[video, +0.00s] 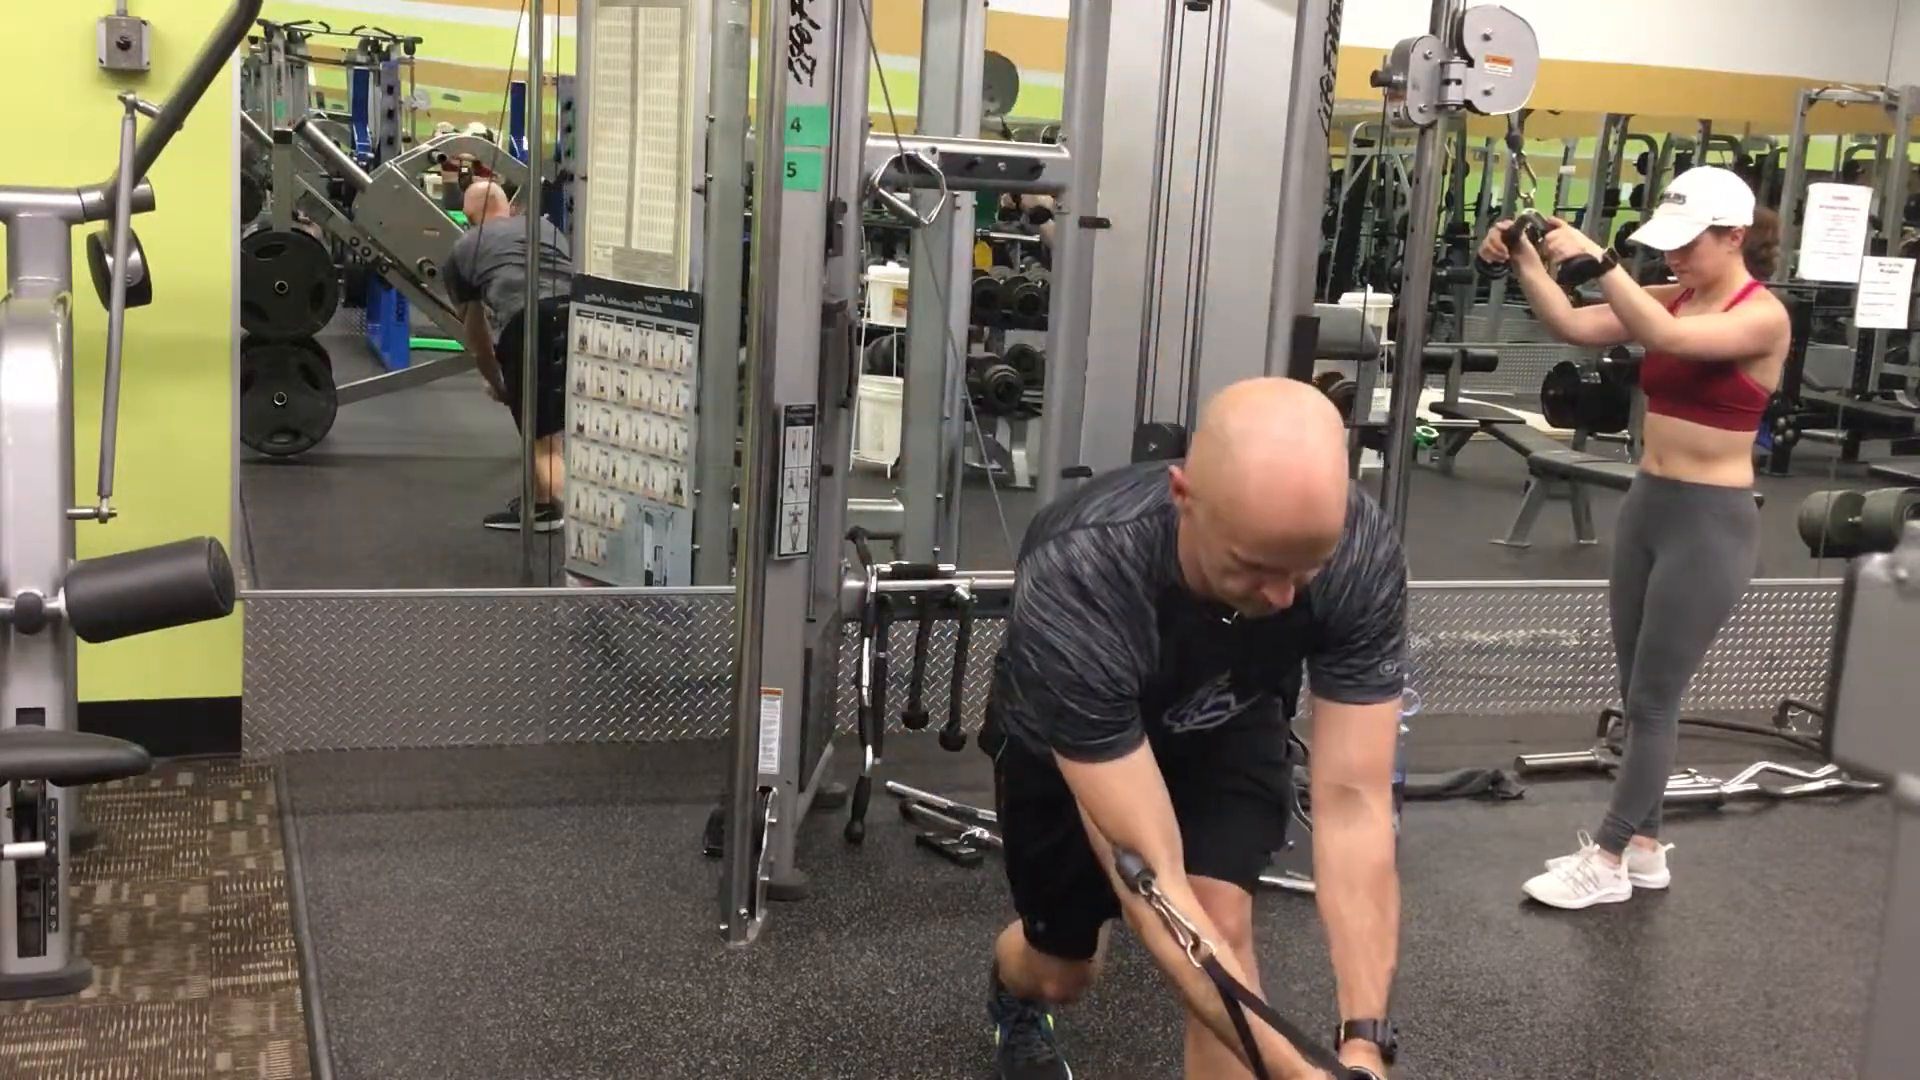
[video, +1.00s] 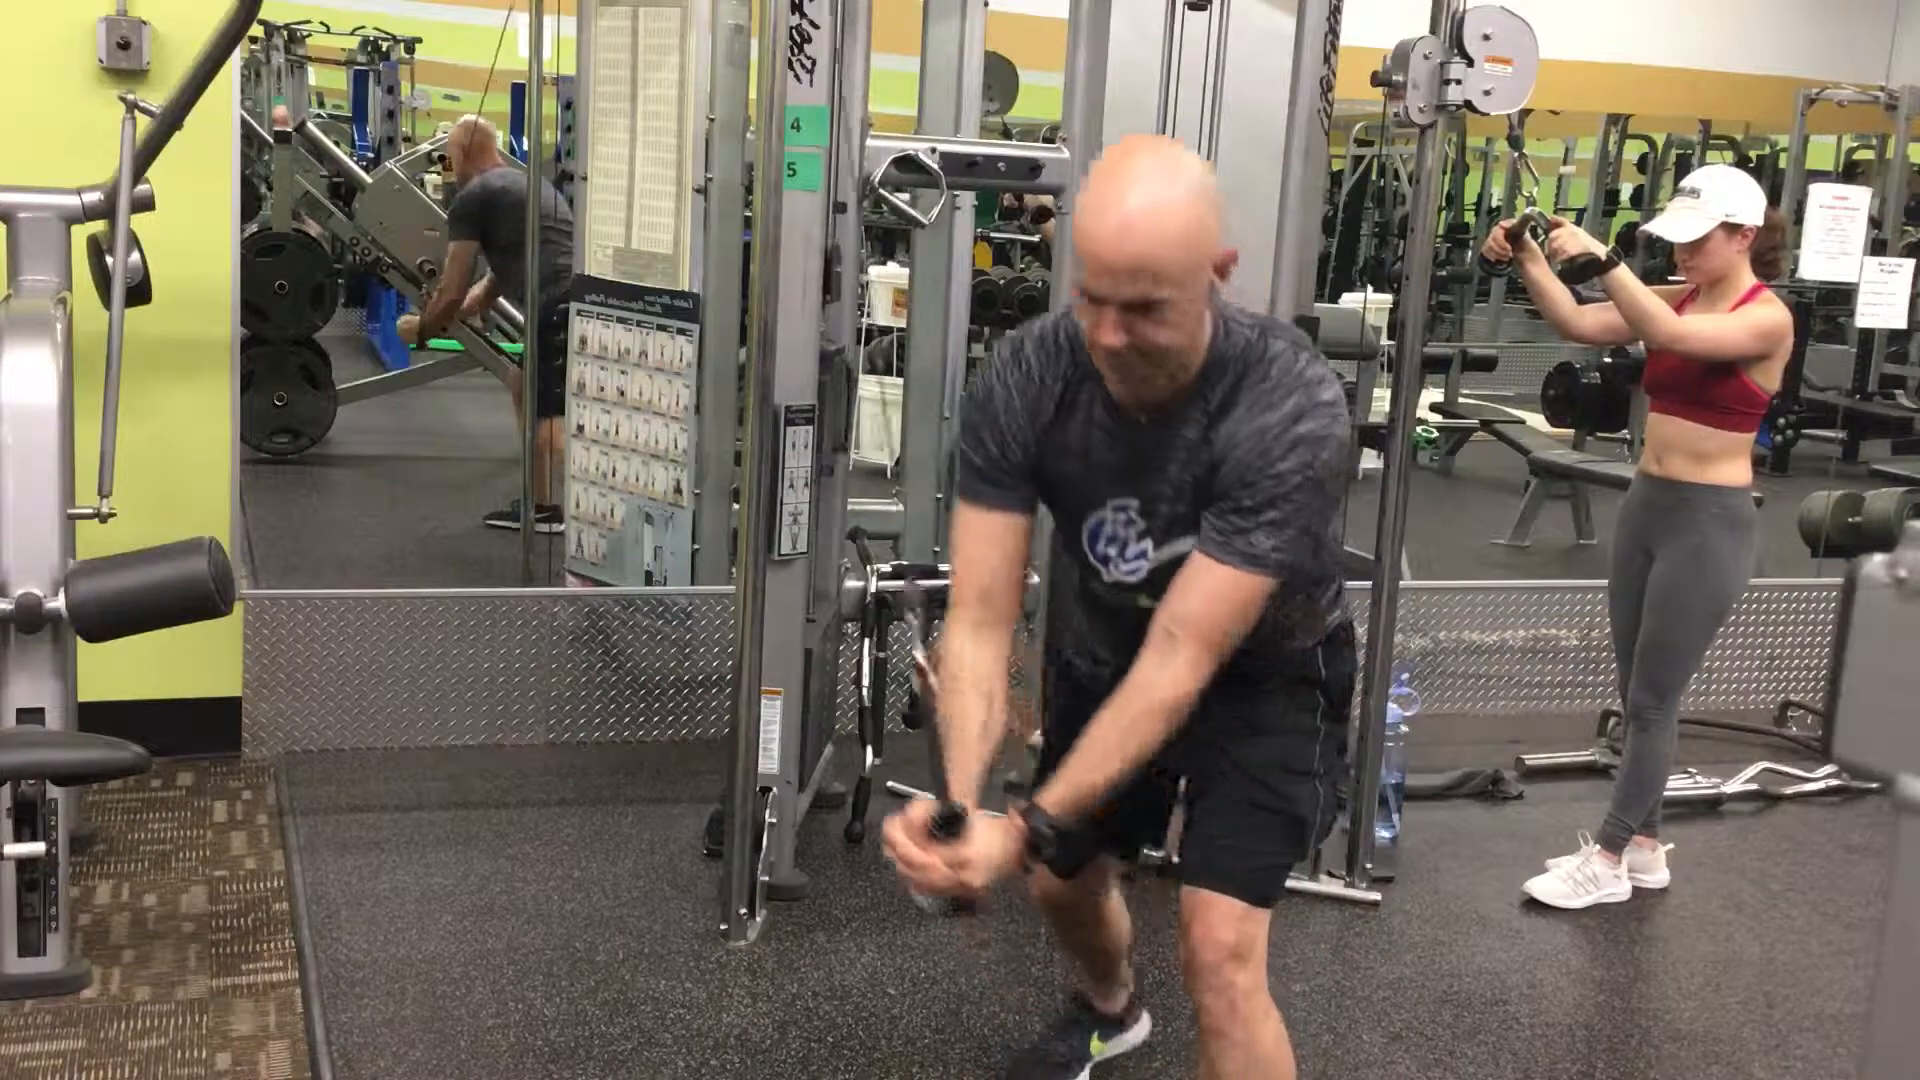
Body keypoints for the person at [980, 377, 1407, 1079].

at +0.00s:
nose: (1282, 596)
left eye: (1305, 566)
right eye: (1250, 568)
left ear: (1336, 510)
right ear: (1183, 496)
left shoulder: (1360, 557)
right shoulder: (1079, 576)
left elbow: (1354, 800)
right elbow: (1148, 873)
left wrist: (1363, 1039)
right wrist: (1288, 1064)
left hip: (1230, 717)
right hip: (1077, 719)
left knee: (1223, 921)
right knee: (1064, 974)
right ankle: (1014, 992)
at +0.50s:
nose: (1241, 530)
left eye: (1267, 499)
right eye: (1210, 500)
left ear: (1298, 444)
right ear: (1146, 434)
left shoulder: (1346, 518)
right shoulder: (1058, 535)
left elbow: (1328, 770)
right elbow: (1109, 821)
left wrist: (1310, 1004)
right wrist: (1222, 1022)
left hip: (1235, 721)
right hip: (1090, 707)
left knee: (1219, 940)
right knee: (1067, 960)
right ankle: (1020, 992)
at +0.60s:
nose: (1222, 489)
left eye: (1248, 455)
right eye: (1191, 459)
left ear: (1287, 384)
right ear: (1132, 393)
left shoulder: (1340, 495)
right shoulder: (1052, 500)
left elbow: (1300, 753)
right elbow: (1079, 780)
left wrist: (1253, 979)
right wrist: (1156, 987)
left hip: (1241, 732)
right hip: (1105, 723)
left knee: (1221, 953)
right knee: (1058, 944)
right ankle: (1033, 997)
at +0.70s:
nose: (1194, 449)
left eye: (1226, 420)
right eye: (1166, 414)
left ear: (1279, 356)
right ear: (1121, 351)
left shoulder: (1334, 475)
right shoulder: (1046, 466)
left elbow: (1269, 734)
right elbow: (1051, 738)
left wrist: (1187, 945)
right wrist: (1087, 931)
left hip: (1251, 715)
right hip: (1109, 705)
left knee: (1230, 960)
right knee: (1054, 923)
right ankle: (1044, 995)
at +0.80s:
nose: (1167, 406)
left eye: (1202, 378)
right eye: (1142, 370)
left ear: (1261, 333)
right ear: (1108, 316)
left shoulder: (1322, 453)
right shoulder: (1033, 436)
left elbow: (1236, 707)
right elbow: (1023, 696)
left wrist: (1124, 907)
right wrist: (1035, 888)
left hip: (1267, 694)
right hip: (1107, 686)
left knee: (1222, 947)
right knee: (1054, 900)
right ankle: (1061, 1004)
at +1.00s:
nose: (1109, 336)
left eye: (1145, 311)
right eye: (1091, 302)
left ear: (1219, 274)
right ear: (1071, 260)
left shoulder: (1291, 403)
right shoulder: (1022, 378)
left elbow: (1181, 655)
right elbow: (980, 616)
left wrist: (1032, 823)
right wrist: (962, 797)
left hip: (1262, 672)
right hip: (1102, 653)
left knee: (1219, 946)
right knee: (1060, 874)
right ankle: (1114, 1012)